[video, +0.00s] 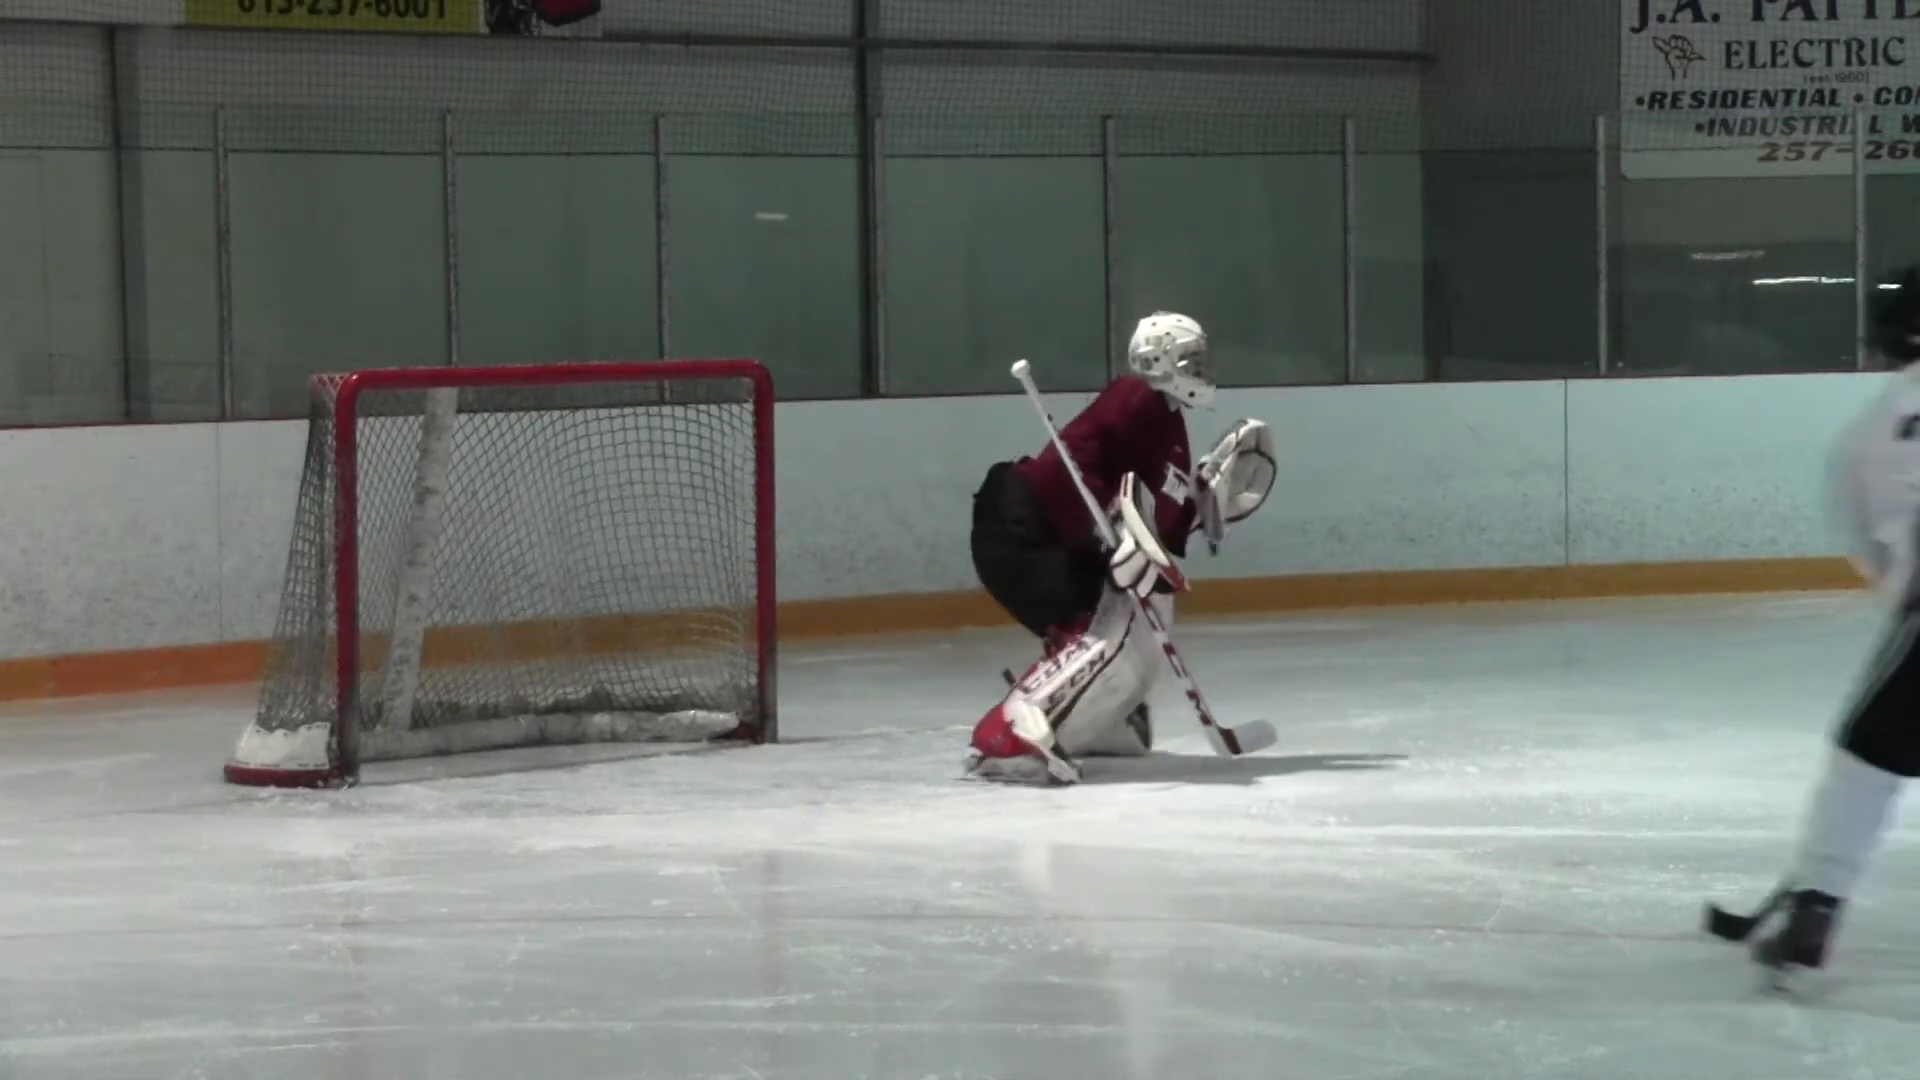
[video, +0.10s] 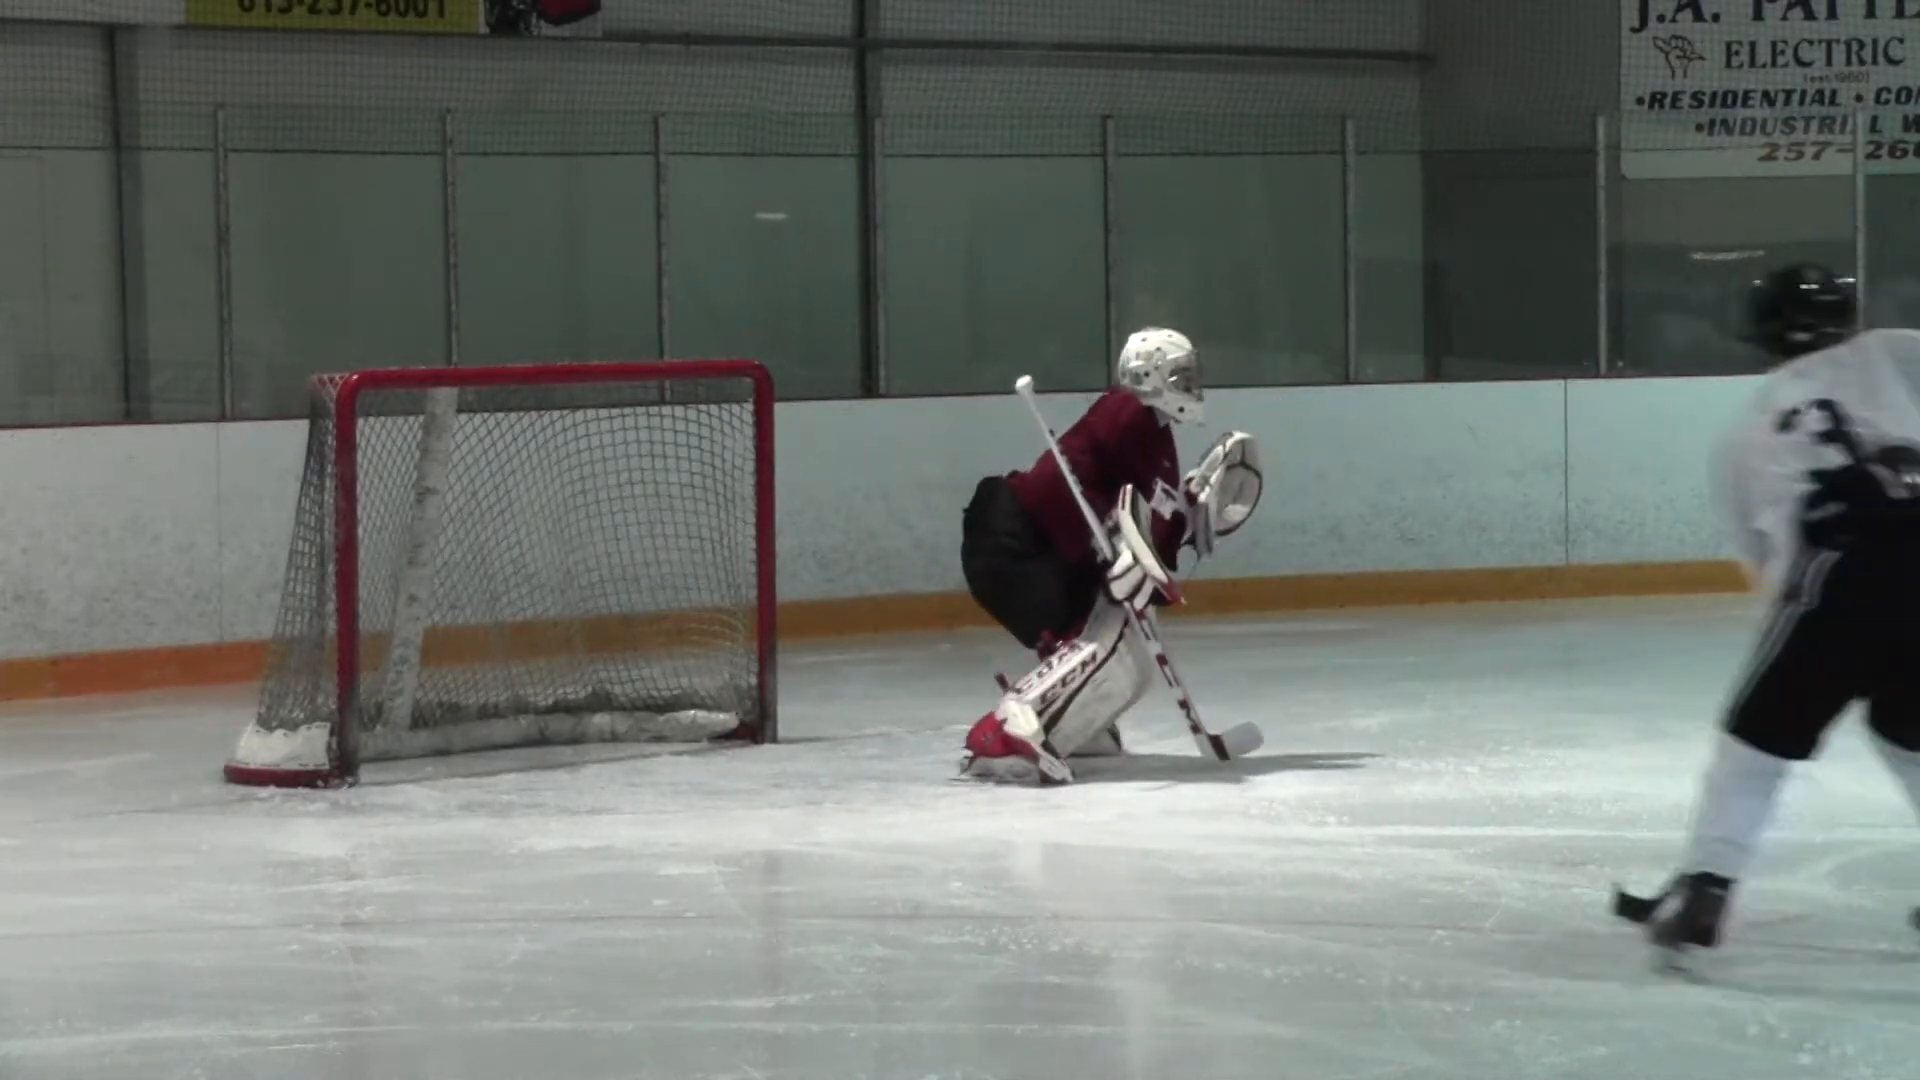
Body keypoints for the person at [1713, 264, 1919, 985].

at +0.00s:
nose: (1880, 346)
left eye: (1884, 334)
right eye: (1890, 331)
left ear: (1893, 335)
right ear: (1918, 333)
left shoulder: (1886, 414)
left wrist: (1889, 567)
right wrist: (1890, 566)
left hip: (1919, 612)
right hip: (1914, 610)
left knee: (1873, 748)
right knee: (1871, 748)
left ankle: (1813, 908)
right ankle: (1809, 903)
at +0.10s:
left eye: (1771, 331)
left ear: (1770, 334)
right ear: (1848, 314)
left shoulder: (1749, 432)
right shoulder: (1900, 353)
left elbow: (1765, 565)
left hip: (1844, 583)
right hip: (1919, 570)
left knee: (1759, 736)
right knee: (1904, 733)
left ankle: (1705, 894)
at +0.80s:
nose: (1232, 349)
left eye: (1232, 340)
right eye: (1234, 339)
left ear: (1238, 344)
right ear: (1298, 328)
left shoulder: (1218, 421)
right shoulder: (1355, 349)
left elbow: (1238, 531)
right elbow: (1452, 361)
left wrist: (1264, 589)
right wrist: (1424, 444)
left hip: (1305, 543)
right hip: (1391, 534)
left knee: (1241, 676)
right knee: (1392, 670)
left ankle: (1186, 795)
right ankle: (1457, 795)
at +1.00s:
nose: (1179, 345)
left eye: (1177, 338)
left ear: (1178, 341)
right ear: (1234, 325)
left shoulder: (1160, 418)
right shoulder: (1286, 350)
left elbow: (1171, 524)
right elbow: (1383, 364)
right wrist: (1353, 443)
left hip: (1235, 547)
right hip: (1321, 537)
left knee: (1168, 669)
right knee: (1329, 662)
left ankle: (1114, 782)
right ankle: (1362, 785)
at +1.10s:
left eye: (1182, 334)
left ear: (1177, 341)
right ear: (1235, 325)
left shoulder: (1161, 412)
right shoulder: (1277, 346)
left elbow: (1172, 511)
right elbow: (1362, 337)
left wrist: (1198, 553)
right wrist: (1357, 416)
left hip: (1221, 549)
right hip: (1306, 542)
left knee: (1158, 660)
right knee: (1319, 652)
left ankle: (1106, 767)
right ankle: (1348, 768)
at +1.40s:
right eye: (1336, 312)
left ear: (1283, 330)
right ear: (1335, 313)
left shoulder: (1266, 387)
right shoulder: (1358, 333)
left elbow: (1242, 479)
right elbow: (1419, 316)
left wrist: (1245, 550)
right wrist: (1423, 401)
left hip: (1276, 530)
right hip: (1345, 523)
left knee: (1244, 646)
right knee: (1407, 632)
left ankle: (1192, 747)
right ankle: (1421, 746)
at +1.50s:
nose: (1385, 305)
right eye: (1382, 299)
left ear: (1327, 315)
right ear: (1378, 299)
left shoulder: (1307, 375)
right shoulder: (1400, 323)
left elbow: (1296, 458)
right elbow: (1470, 309)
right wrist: (1467, 391)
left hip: (1325, 514)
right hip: (1391, 504)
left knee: (1308, 626)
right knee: (1443, 617)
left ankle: (1262, 739)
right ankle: (1458, 743)